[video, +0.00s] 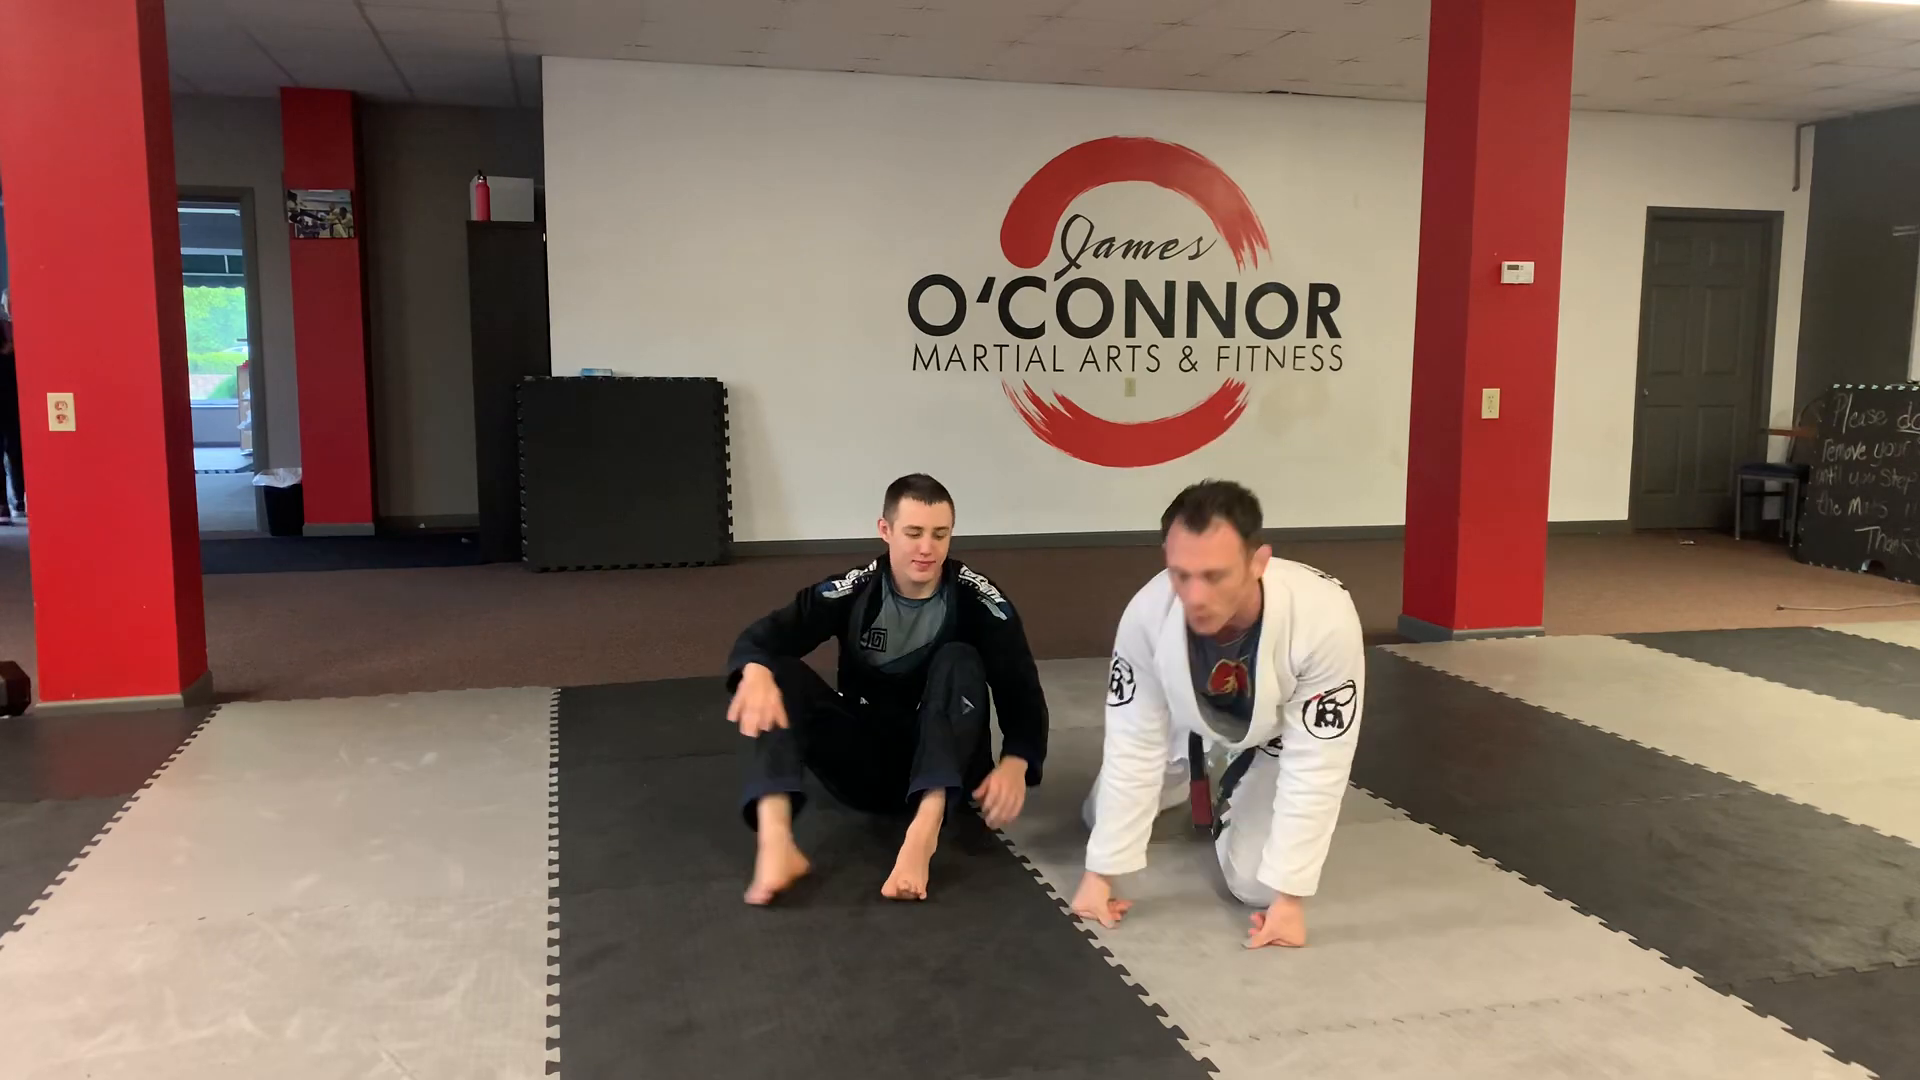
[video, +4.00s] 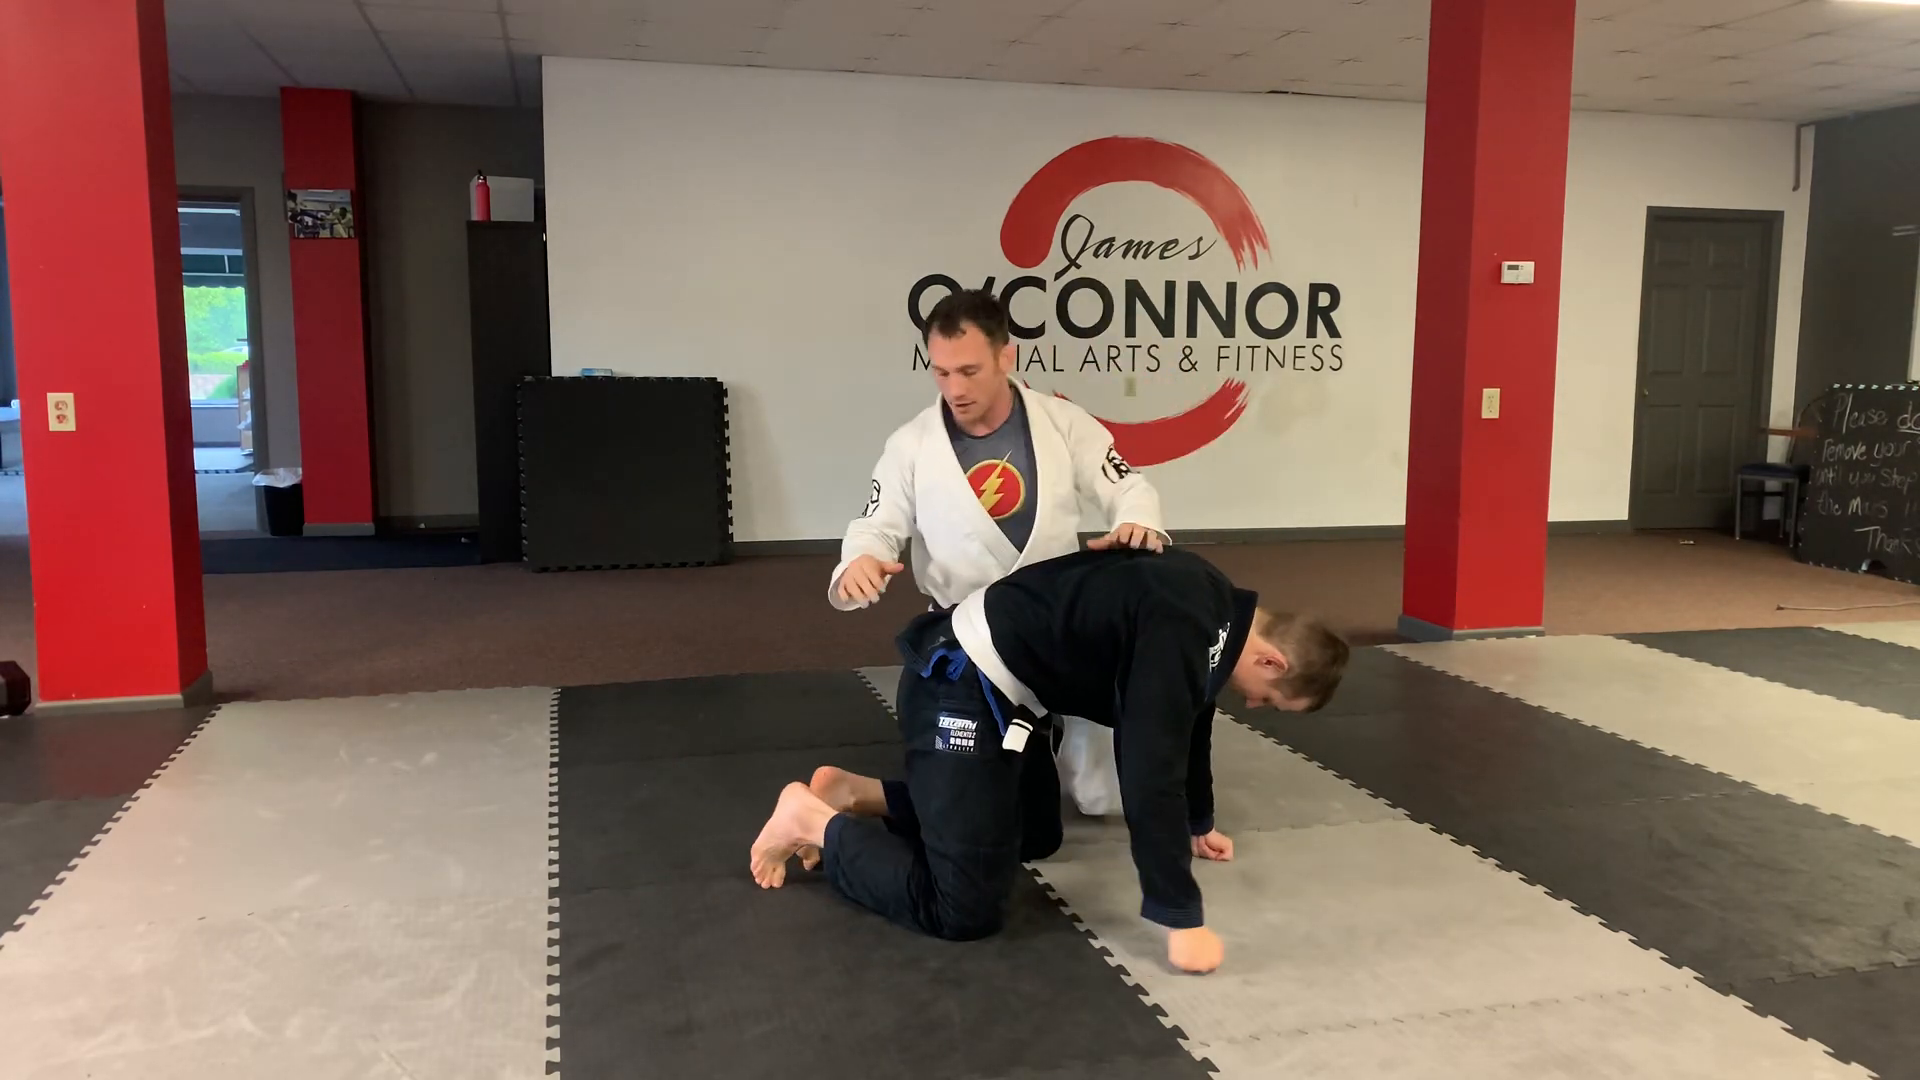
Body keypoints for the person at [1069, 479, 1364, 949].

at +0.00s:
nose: (1194, 597)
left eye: (1214, 576)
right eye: (1181, 576)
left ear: (1258, 565)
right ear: (1167, 564)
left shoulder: (1323, 619)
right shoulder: (1148, 616)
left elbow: (1318, 763)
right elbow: (1132, 746)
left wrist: (1290, 897)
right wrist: (1098, 873)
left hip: (1277, 742)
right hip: (1188, 729)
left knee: (1253, 884)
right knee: (1103, 815)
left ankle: (1243, 791)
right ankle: (1201, 760)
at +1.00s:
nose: (1162, 602)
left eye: (1180, 590)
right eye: (1153, 583)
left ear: (1222, 574)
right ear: (1145, 565)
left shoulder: (1268, 606)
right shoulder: (1120, 603)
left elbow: (1288, 728)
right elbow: (1103, 722)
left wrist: (1280, 849)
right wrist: (1104, 845)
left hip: (1237, 704)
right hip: (1155, 697)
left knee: (1248, 813)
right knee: (1120, 809)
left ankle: (1188, 760)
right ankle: (1155, 740)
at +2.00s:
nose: (1115, 458)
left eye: (1129, 444)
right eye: (1106, 444)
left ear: (1164, 444)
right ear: (1097, 446)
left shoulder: (1214, 516)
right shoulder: (1087, 522)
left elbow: (1263, 593)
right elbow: (1072, 605)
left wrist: (1270, 632)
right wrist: (1008, 599)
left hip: (1185, 696)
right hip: (1103, 693)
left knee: (1233, 802)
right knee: (1041, 766)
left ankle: (1172, 761)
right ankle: (1146, 764)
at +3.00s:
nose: (1105, 364)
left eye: (1122, 347)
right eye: (1094, 349)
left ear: (1158, 355)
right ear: (1083, 356)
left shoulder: (1188, 427)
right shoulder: (1046, 439)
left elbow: (1269, 468)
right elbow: (1002, 520)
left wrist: (1197, 394)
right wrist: (1003, 563)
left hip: (1160, 640)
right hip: (1067, 643)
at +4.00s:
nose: (954, 389)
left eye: (969, 372)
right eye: (942, 373)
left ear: (1007, 358)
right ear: (930, 364)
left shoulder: (1064, 423)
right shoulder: (910, 449)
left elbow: (1127, 487)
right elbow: (878, 526)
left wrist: (1138, 522)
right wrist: (857, 561)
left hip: (1062, 643)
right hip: (970, 653)